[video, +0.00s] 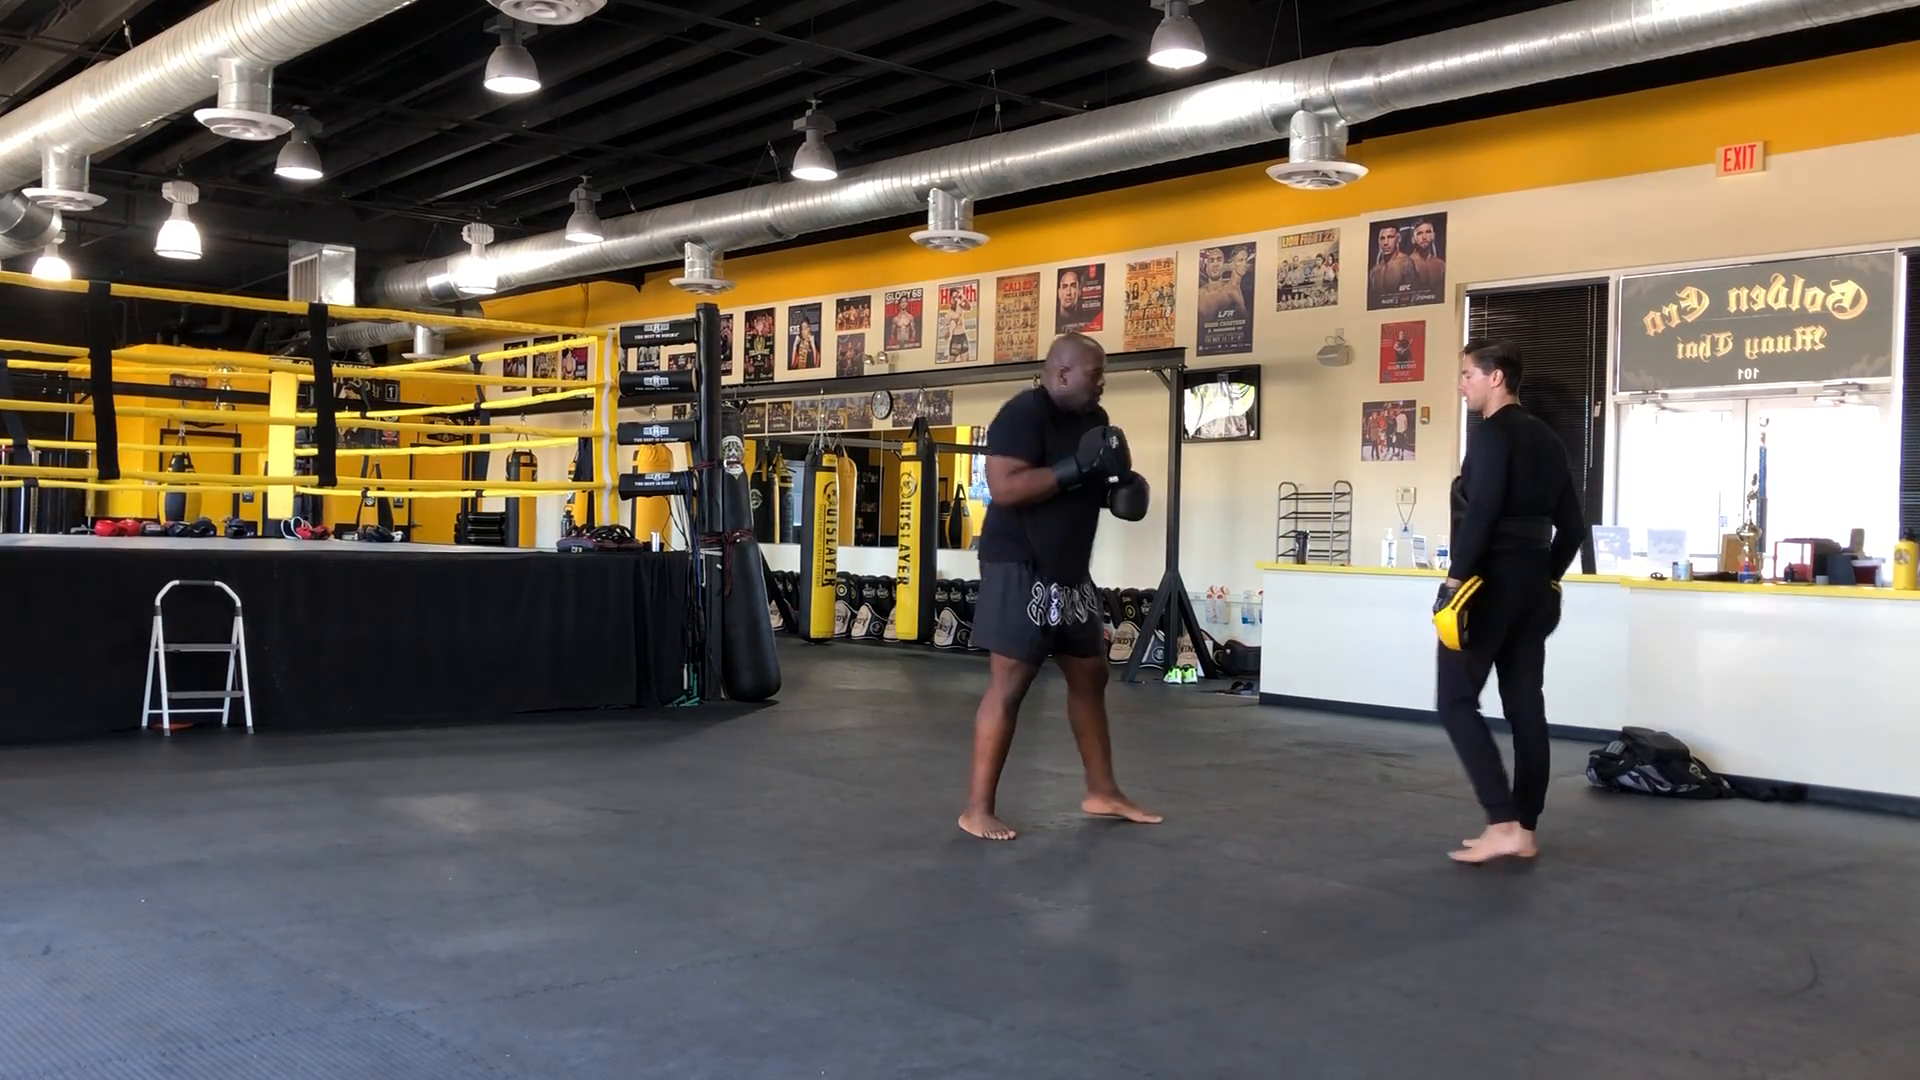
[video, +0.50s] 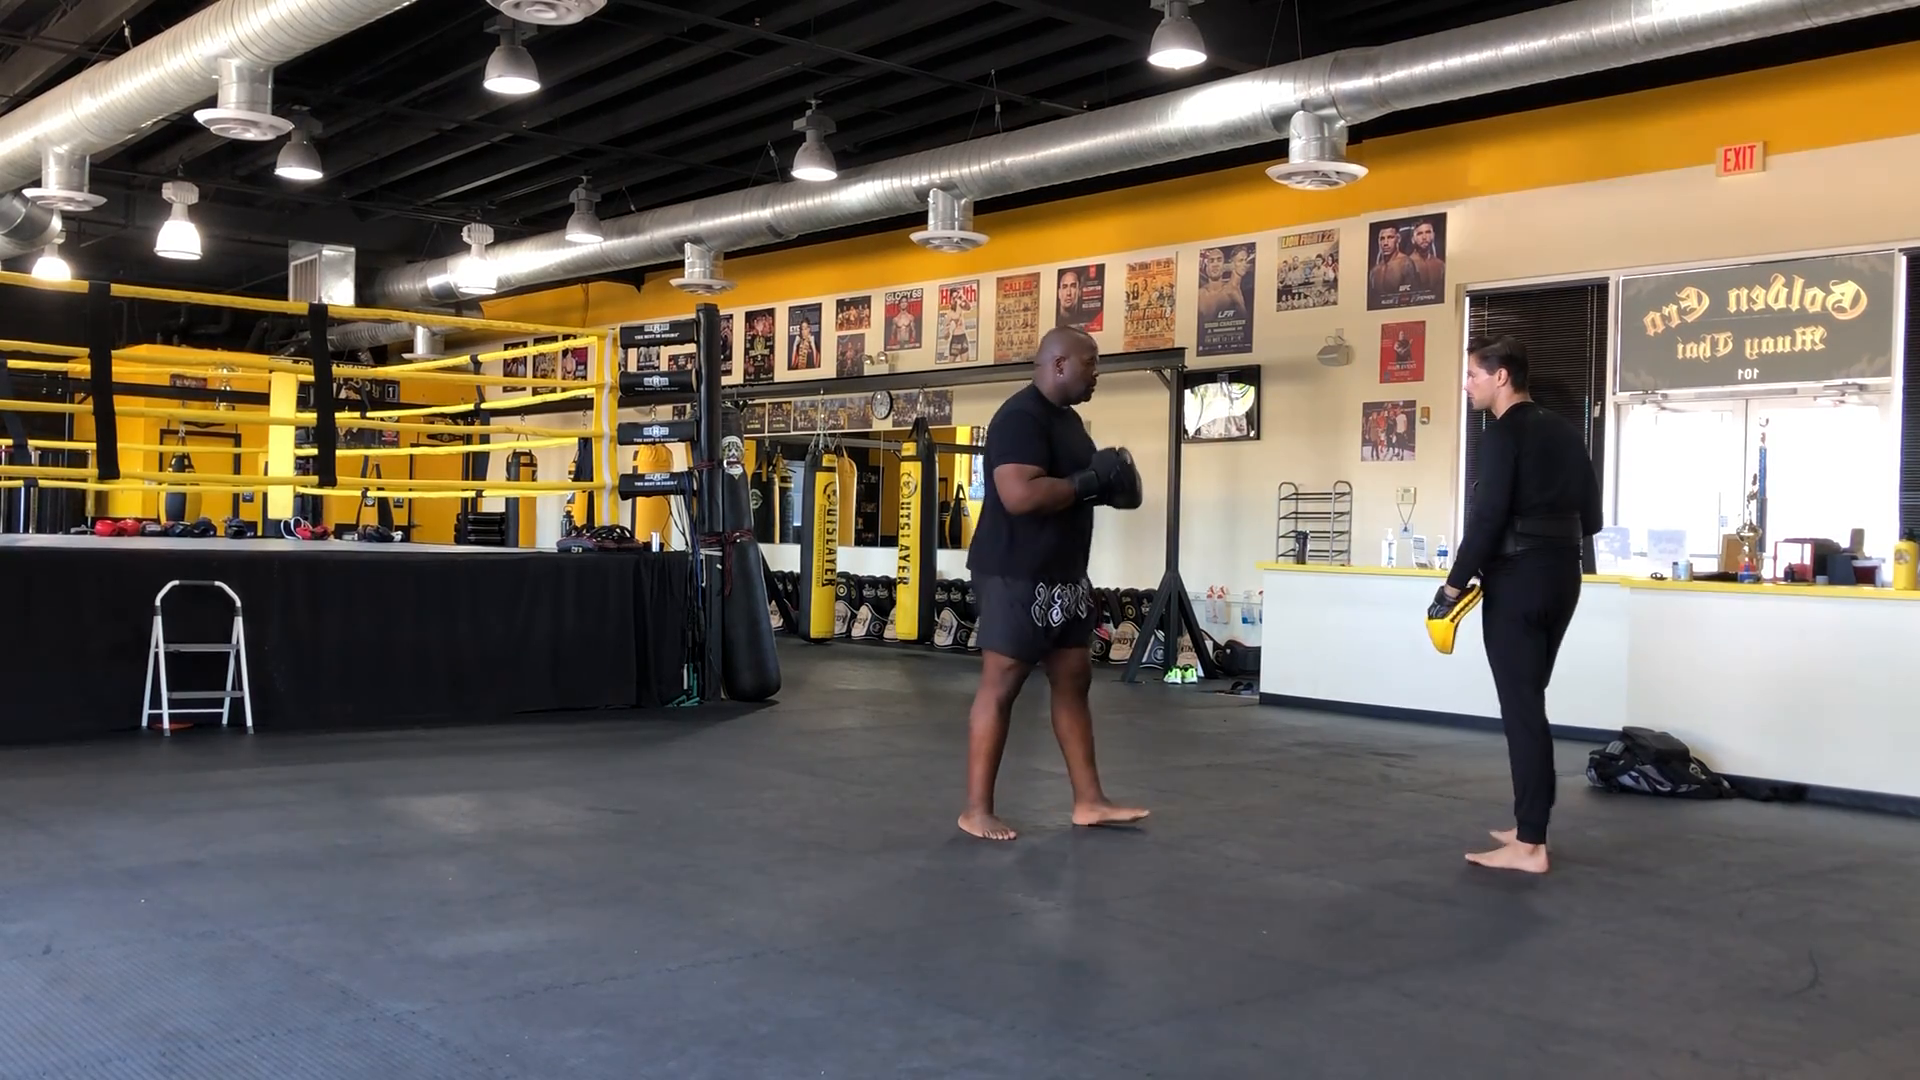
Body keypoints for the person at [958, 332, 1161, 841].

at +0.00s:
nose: (1101, 386)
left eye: (1103, 377)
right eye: (1094, 376)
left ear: (1084, 374)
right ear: (1060, 372)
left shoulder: (1092, 421)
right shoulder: (1021, 414)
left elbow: (1102, 484)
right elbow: (1004, 488)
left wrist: (1124, 494)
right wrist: (1079, 468)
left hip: (1070, 570)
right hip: (1018, 569)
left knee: (1089, 674)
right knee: (1008, 683)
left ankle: (1102, 791)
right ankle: (977, 811)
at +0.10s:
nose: (1093, 381)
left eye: (1095, 372)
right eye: (1087, 371)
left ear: (1070, 368)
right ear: (1053, 365)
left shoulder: (1085, 417)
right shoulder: (1016, 403)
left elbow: (1101, 481)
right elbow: (1002, 474)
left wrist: (1123, 486)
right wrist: (1080, 461)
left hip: (1064, 565)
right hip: (1011, 564)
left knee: (1083, 666)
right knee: (1006, 679)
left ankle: (1074, 792)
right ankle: (978, 810)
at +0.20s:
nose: (1090, 380)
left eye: (1092, 371)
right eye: (1083, 370)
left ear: (1057, 369)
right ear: (1050, 367)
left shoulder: (1072, 427)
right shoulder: (1011, 417)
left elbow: (1080, 491)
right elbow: (997, 482)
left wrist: (1117, 488)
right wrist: (1073, 470)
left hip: (1065, 571)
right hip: (1011, 572)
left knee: (1069, 679)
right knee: (1004, 683)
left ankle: (1066, 797)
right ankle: (978, 811)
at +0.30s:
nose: (1088, 379)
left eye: (1089, 370)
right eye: (1082, 368)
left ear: (1055, 368)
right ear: (1049, 366)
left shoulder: (1068, 424)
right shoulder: (1010, 418)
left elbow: (1067, 492)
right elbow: (1007, 495)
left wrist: (1111, 483)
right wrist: (1080, 476)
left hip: (1057, 575)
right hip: (1008, 577)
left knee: (1076, 672)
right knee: (1004, 682)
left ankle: (1067, 794)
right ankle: (977, 811)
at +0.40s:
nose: (1091, 376)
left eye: (1092, 366)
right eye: (1085, 365)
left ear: (1056, 364)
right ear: (1053, 363)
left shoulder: (1067, 420)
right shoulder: (1014, 415)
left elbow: (1062, 487)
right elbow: (1014, 496)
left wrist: (1104, 476)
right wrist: (1085, 477)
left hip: (1063, 571)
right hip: (1011, 574)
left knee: (1082, 669)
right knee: (997, 685)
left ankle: (1076, 793)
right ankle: (977, 811)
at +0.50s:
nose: (1096, 378)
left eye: (1097, 368)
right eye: (1091, 367)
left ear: (1062, 365)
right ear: (1059, 363)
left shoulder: (1070, 423)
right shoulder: (1018, 416)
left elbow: (1070, 488)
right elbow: (1018, 494)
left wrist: (1110, 481)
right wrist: (1089, 480)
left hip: (1064, 575)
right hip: (1015, 575)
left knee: (1072, 678)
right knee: (998, 685)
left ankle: (1088, 801)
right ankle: (977, 812)